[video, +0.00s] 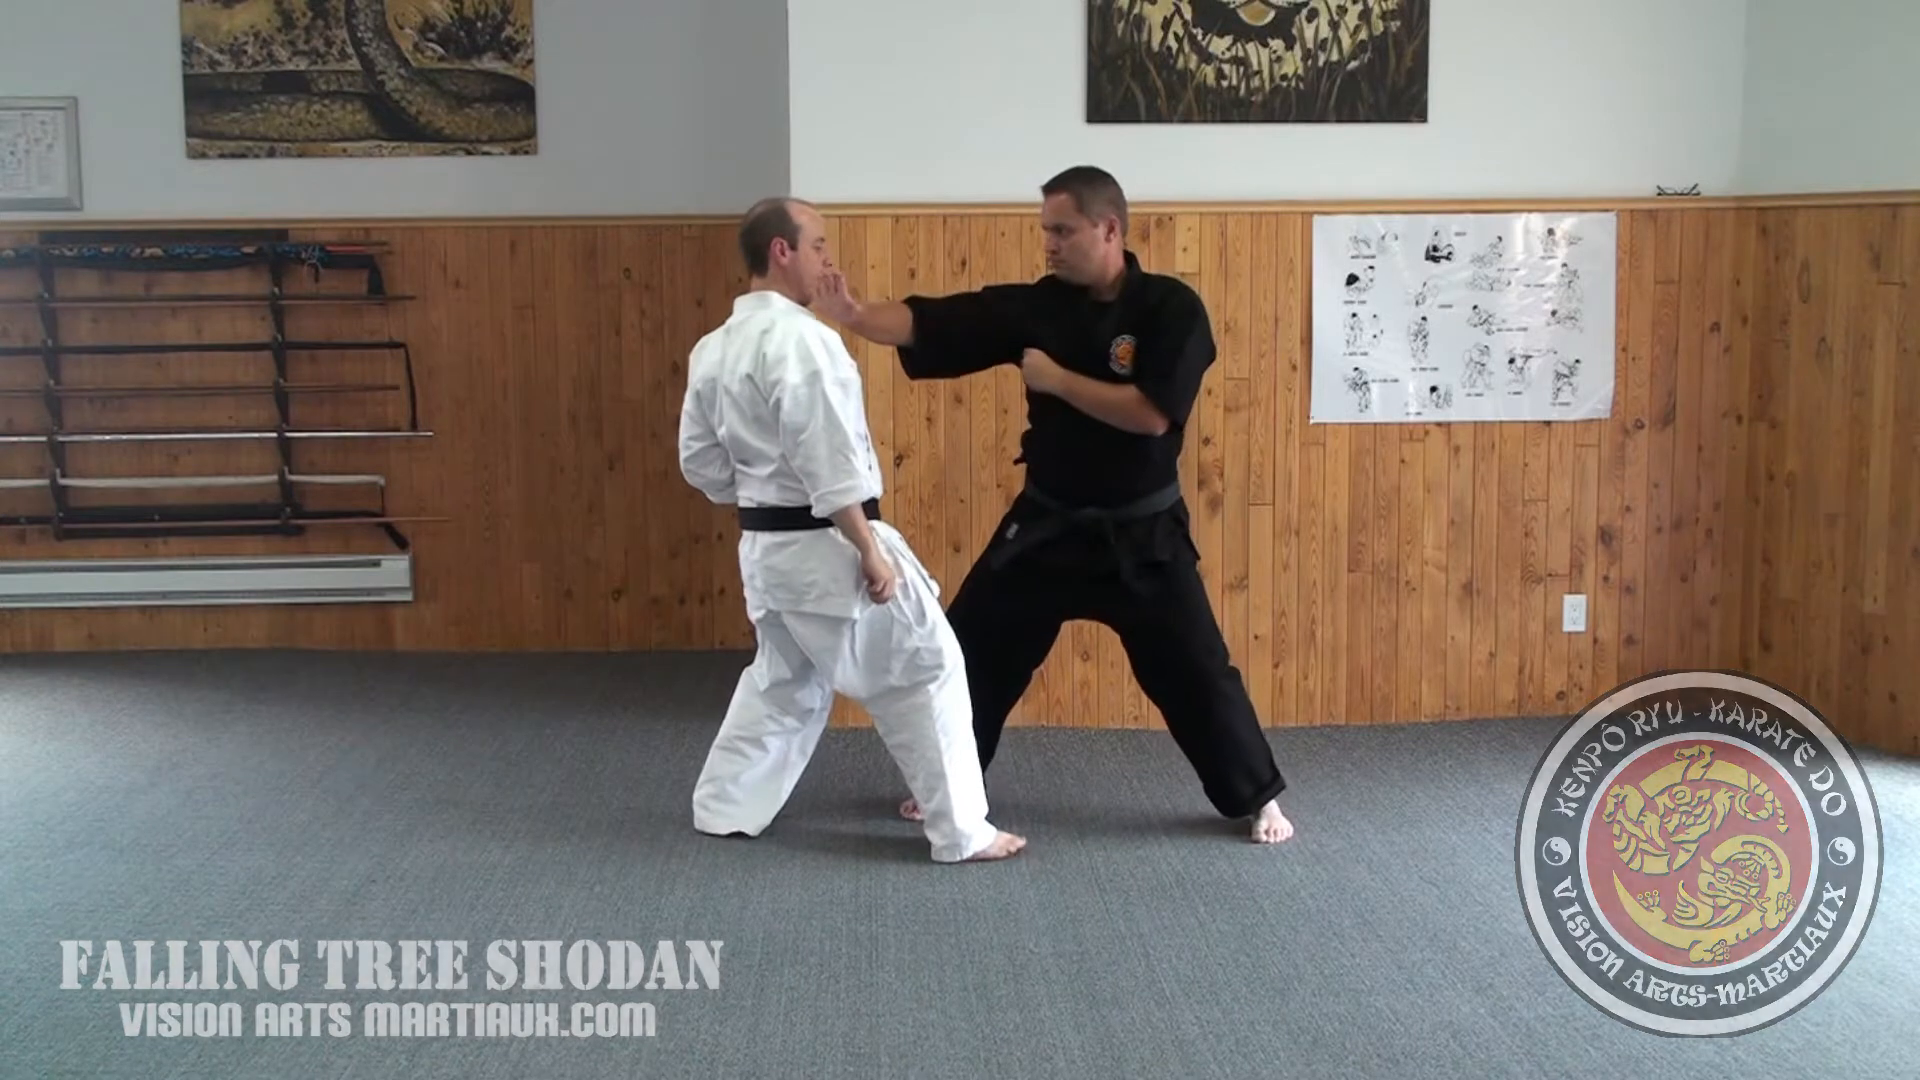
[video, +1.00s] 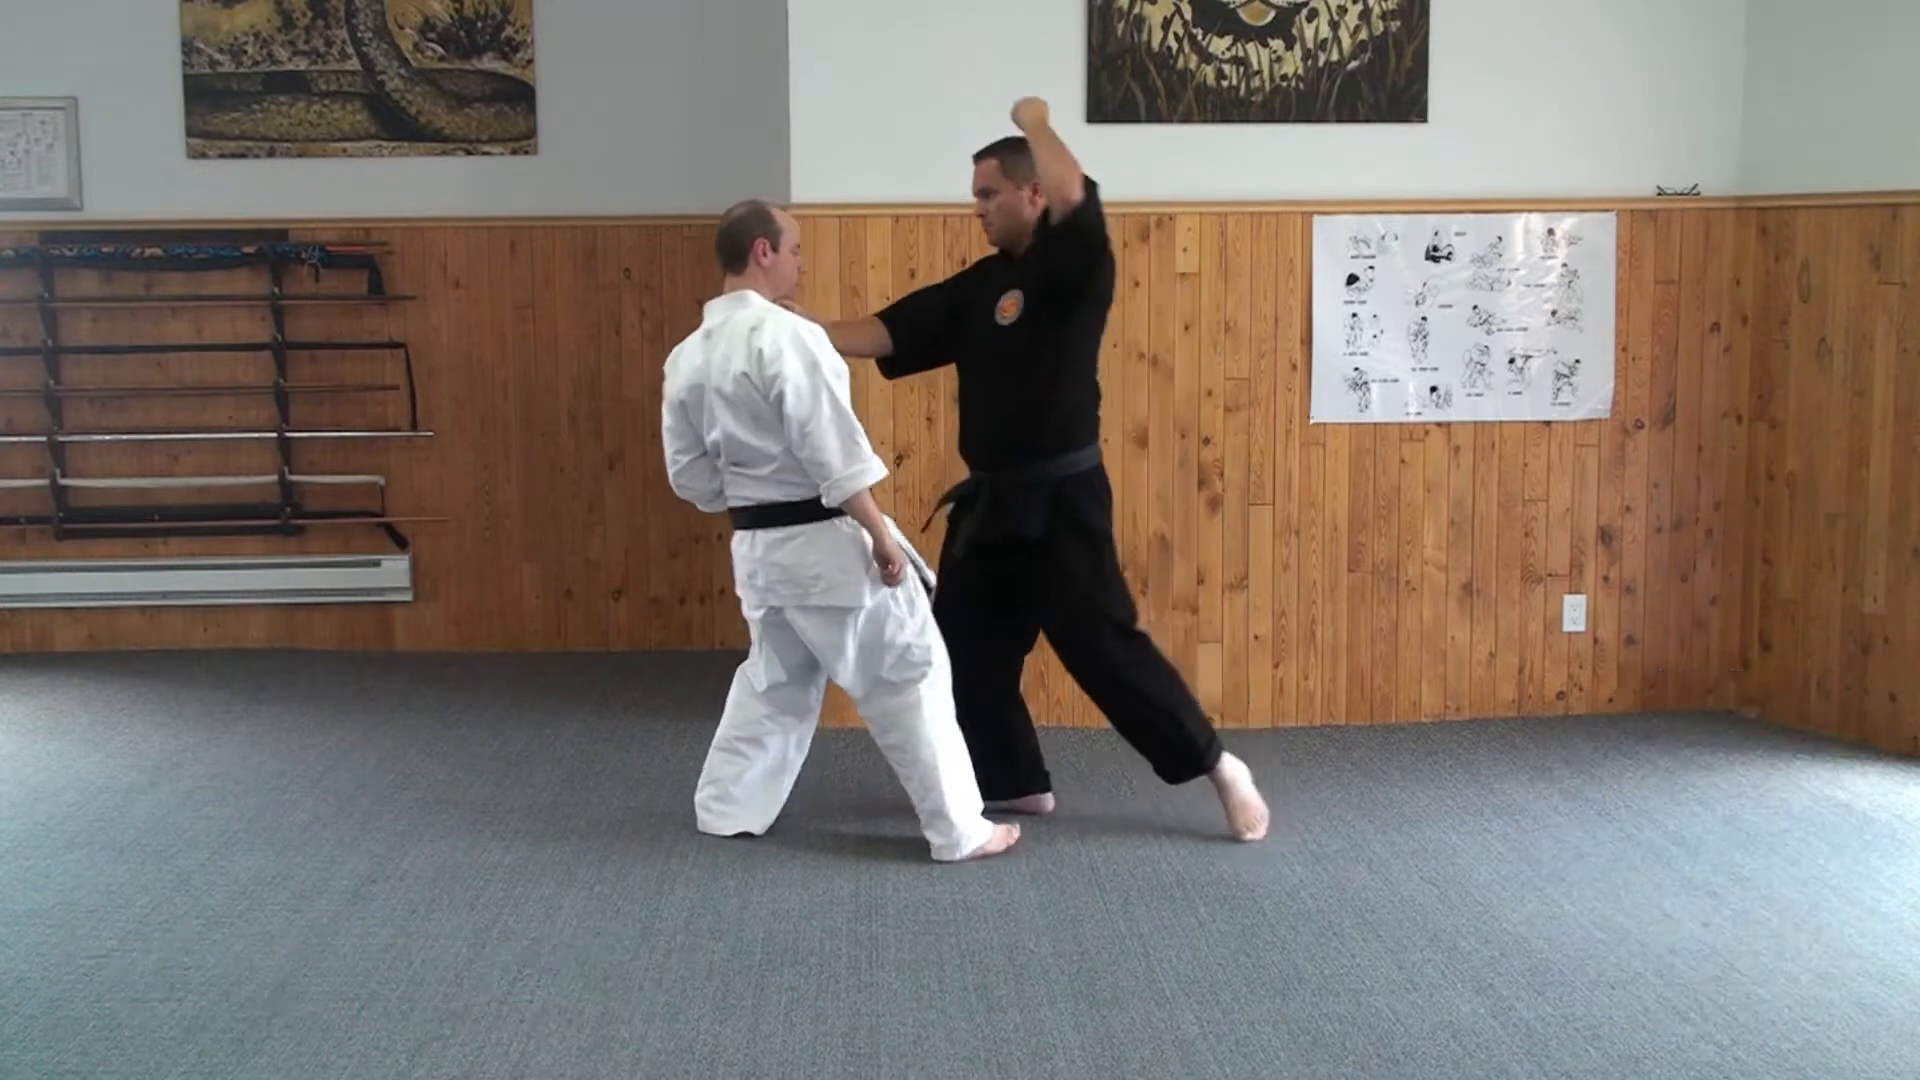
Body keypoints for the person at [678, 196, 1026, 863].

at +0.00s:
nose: (829, 261)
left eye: (827, 246)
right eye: (818, 246)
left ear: (768, 255)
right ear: (781, 252)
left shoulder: (711, 350)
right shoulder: (804, 343)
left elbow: (700, 461)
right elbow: (827, 459)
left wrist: (761, 503)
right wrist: (869, 549)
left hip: (764, 550)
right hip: (830, 548)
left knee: (782, 679)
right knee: (927, 668)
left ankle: (722, 807)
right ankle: (962, 830)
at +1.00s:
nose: (802, 265)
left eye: (800, 251)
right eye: (795, 251)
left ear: (743, 258)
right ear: (762, 254)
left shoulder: (686, 358)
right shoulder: (791, 337)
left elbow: (690, 476)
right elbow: (832, 450)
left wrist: (754, 506)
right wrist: (879, 532)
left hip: (756, 548)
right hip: (831, 542)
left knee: (775, 676)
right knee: (908, 677)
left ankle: (723, 810)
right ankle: (958, 828)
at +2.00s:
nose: (651, 245)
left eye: (648, 230)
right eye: (643, 231)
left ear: (593, 237)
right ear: (608, 234)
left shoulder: (532, 316)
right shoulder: (613, 327)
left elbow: (501, 441)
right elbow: (601, 447)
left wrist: (557, 493)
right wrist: (619, 551)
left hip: (535, 530)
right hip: (602, 540)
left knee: (548, 678)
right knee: (647, 684)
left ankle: (510, 795)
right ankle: (608, 838)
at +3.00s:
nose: (667, 245)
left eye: (663, 230)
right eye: (657, 231)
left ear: (603, 241)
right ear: (622, 237)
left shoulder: (538, 313)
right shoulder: (633, 314)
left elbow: (494, 427)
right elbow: (626, 424)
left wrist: (503, 502)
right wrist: (636, 530)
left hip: (525, 529)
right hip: (594, 533)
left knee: (537, 678)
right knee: (633, 688)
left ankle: (508, 797)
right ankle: (608, 838)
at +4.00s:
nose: (630, 278)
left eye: (631, 263)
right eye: (624, 262)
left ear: (573, 256)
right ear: (590, 254)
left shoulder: (487, 325)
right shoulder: (587, 325)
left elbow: (454, 438)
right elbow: (589, 435)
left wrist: (463, 518)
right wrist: (606, 534)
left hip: (507, 540)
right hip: (576, 537)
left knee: (540, 677)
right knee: (634, 683)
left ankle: (509, 797)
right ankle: (611, 840)